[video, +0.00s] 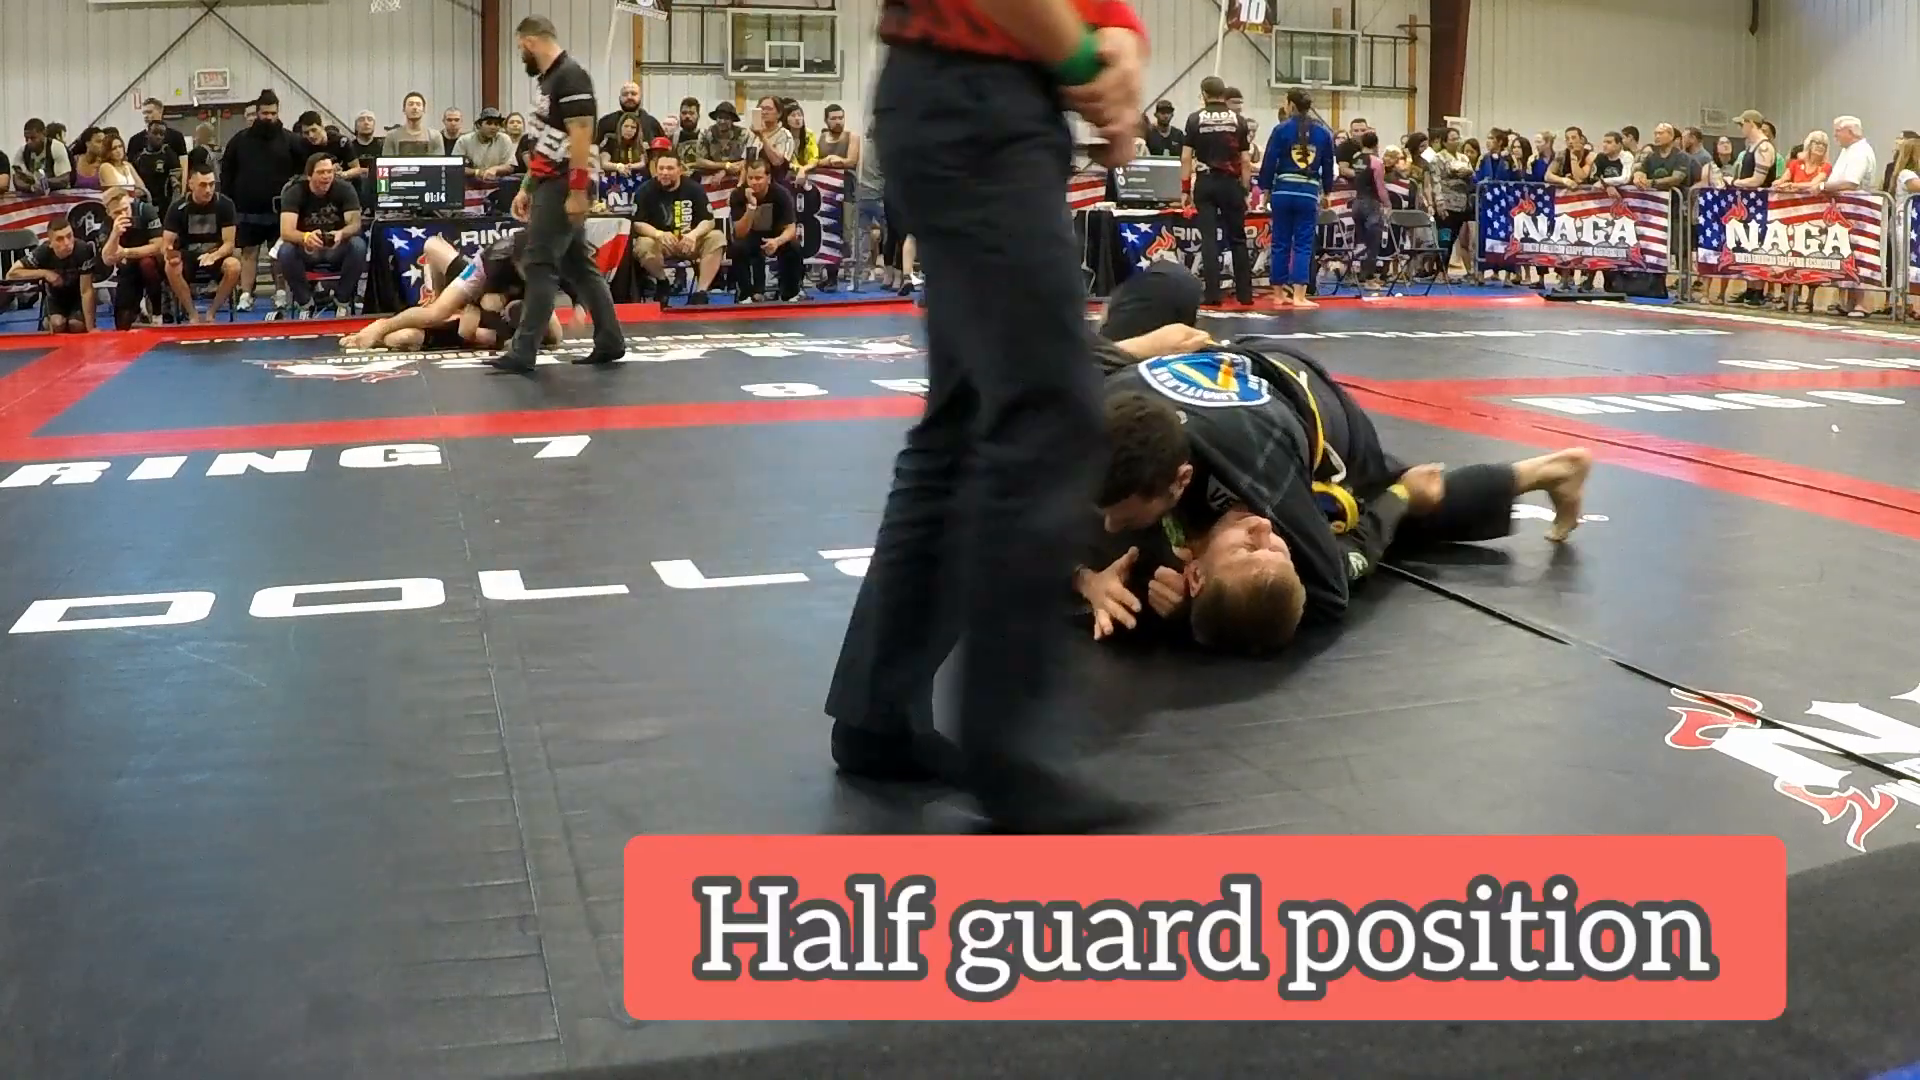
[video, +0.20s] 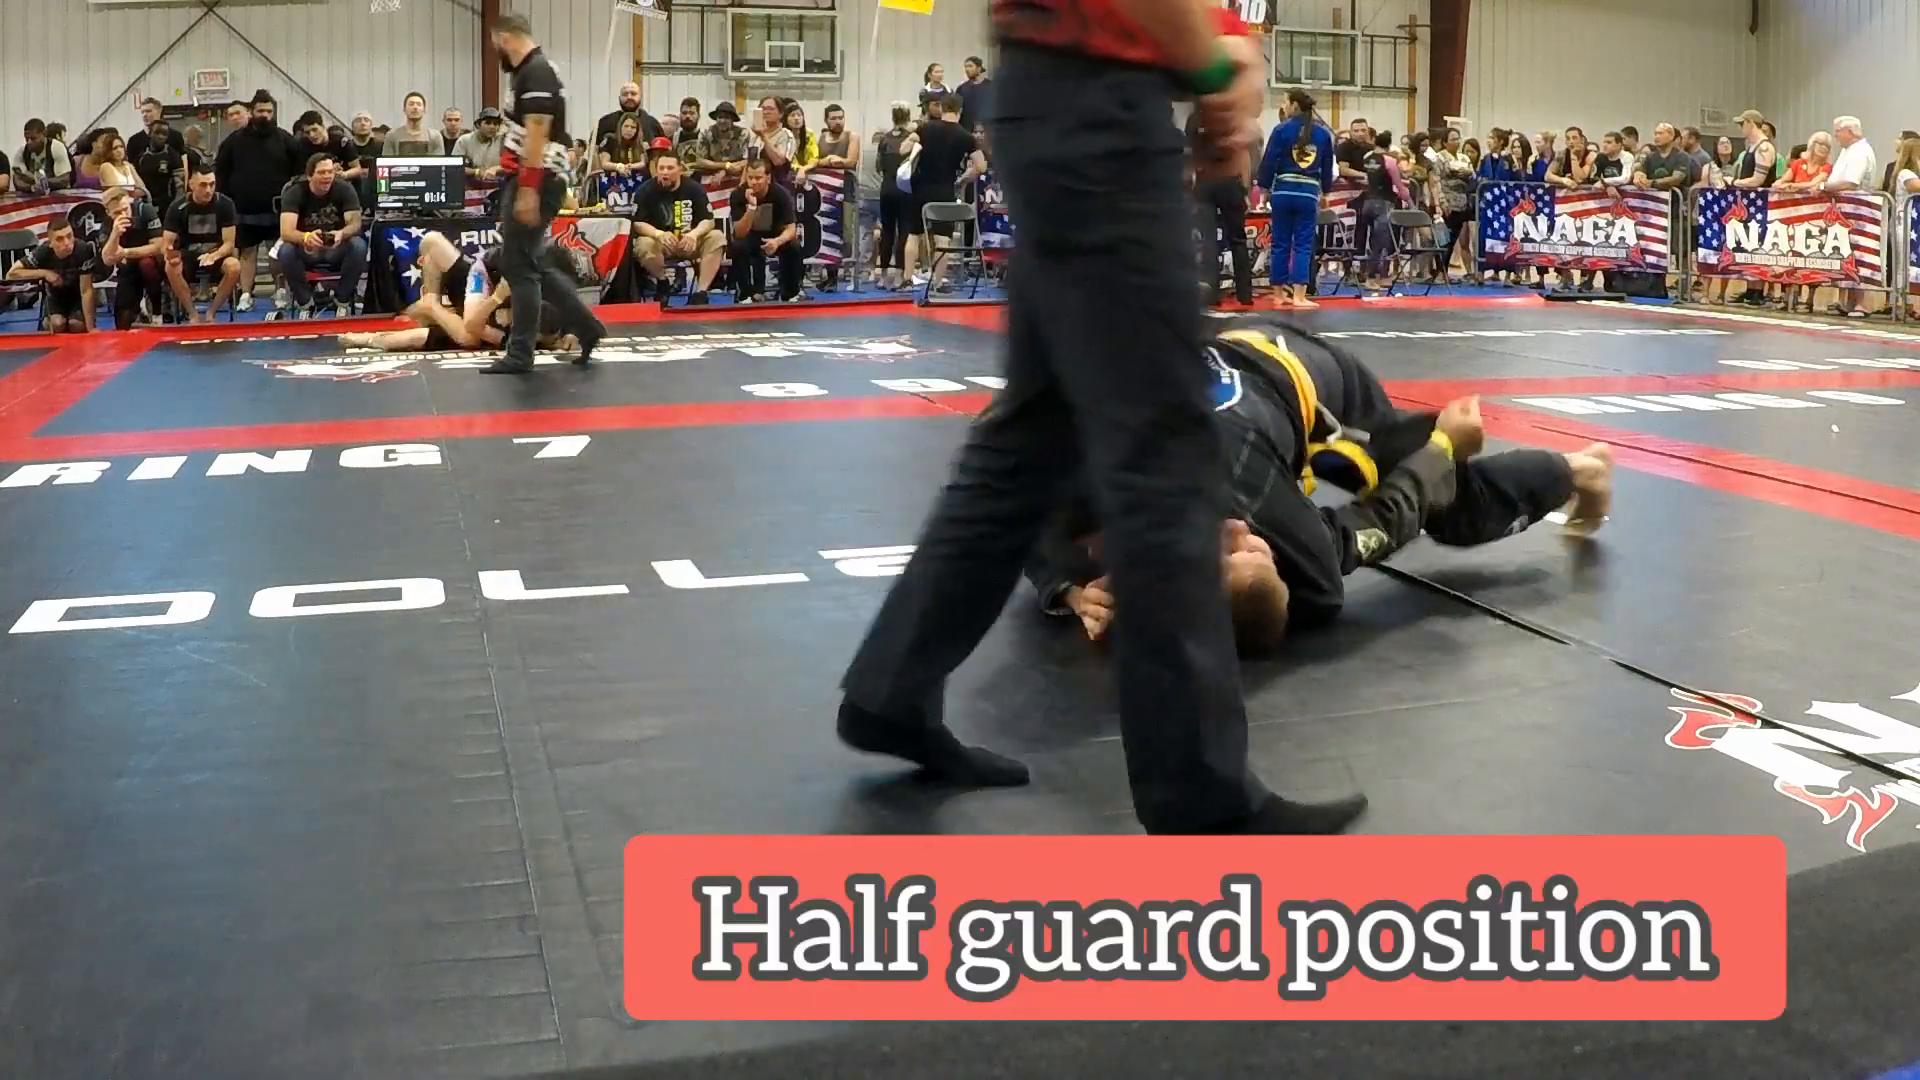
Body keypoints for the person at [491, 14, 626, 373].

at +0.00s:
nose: (521, 54)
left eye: (522, 47)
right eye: (521, 48)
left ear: (532, 42)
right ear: (540, 42)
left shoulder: (571, 76)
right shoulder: (548, 80)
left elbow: (581, 134)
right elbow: (544, 142)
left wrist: (578, 189)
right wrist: (527, 187)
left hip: (561, 184)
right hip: (547, 184)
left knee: (541, 264)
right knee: (576, 266)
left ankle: (522, 352)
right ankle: (610, 343)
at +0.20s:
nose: (498, 52)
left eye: (497, 45)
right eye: (497, 46)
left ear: (505, 39)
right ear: (521, 37)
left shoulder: (536, 72)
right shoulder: (529, 71)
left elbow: (537, 132)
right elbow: (527, 132)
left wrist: (529, 187)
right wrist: (507, 172)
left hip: (534, 180)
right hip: (530, 178)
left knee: (518, 264)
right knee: (530, 262)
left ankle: (519, 355)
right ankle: (588, 328)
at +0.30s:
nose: (486, 52)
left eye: (486, 46)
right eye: (485, 46)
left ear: (494, 40)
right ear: (511, 37)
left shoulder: (517, 72)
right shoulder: (526, 70)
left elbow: (515, 131)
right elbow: (526, 131)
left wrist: (500, 184)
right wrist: (500, 171)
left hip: (527, 178)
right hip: (530, 178)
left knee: (510, 262)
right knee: (497, 260)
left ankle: (519, 354)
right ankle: (557, 331)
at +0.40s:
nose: (472, 52)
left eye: (472, 45)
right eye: (471, 46)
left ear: (478, 39)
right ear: (500, 36)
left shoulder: (503, 69)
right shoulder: (516, 67)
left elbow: (492, 128)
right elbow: (501, 129)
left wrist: (472, 179)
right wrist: (483, 177)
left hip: (515, 179)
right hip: (511, 178)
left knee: (505, 264)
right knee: (482, 259)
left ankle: (518, 355)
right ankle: (510, 345)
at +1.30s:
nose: (467, 39)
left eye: (465, 34)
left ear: (466, 33)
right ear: (500, 33)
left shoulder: (457, 69)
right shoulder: (527, 70)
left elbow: (438, 132)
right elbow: (542, 127)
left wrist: (429, 188)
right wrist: (542, 182)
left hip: (477, 184)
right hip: (519, 185)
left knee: (488, 272)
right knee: (497, 270)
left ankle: (509, 359)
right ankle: (477, 354)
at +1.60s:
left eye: (476, 30)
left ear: (475, 31)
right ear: (509, 29)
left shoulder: (460, 75)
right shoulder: (540, 67)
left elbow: (443, 140)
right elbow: (560, 128)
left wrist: (450, 194)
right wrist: (559, 173)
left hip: (491, 189)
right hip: (538, 185)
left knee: (502, 272)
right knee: (533, 268)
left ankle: (513, 361)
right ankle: (531, 355)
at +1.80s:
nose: (492, 34)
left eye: (489, 28)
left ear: (490, 29)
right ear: (523, 26)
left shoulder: (473, 72)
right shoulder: (554, 68)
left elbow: (462, 132)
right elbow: (571, 131)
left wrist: (472, 165)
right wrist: (560, 169)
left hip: (499, 188)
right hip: (547, 184)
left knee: (508, 270)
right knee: (564, 264)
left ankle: (512, 363)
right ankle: (583, 352)